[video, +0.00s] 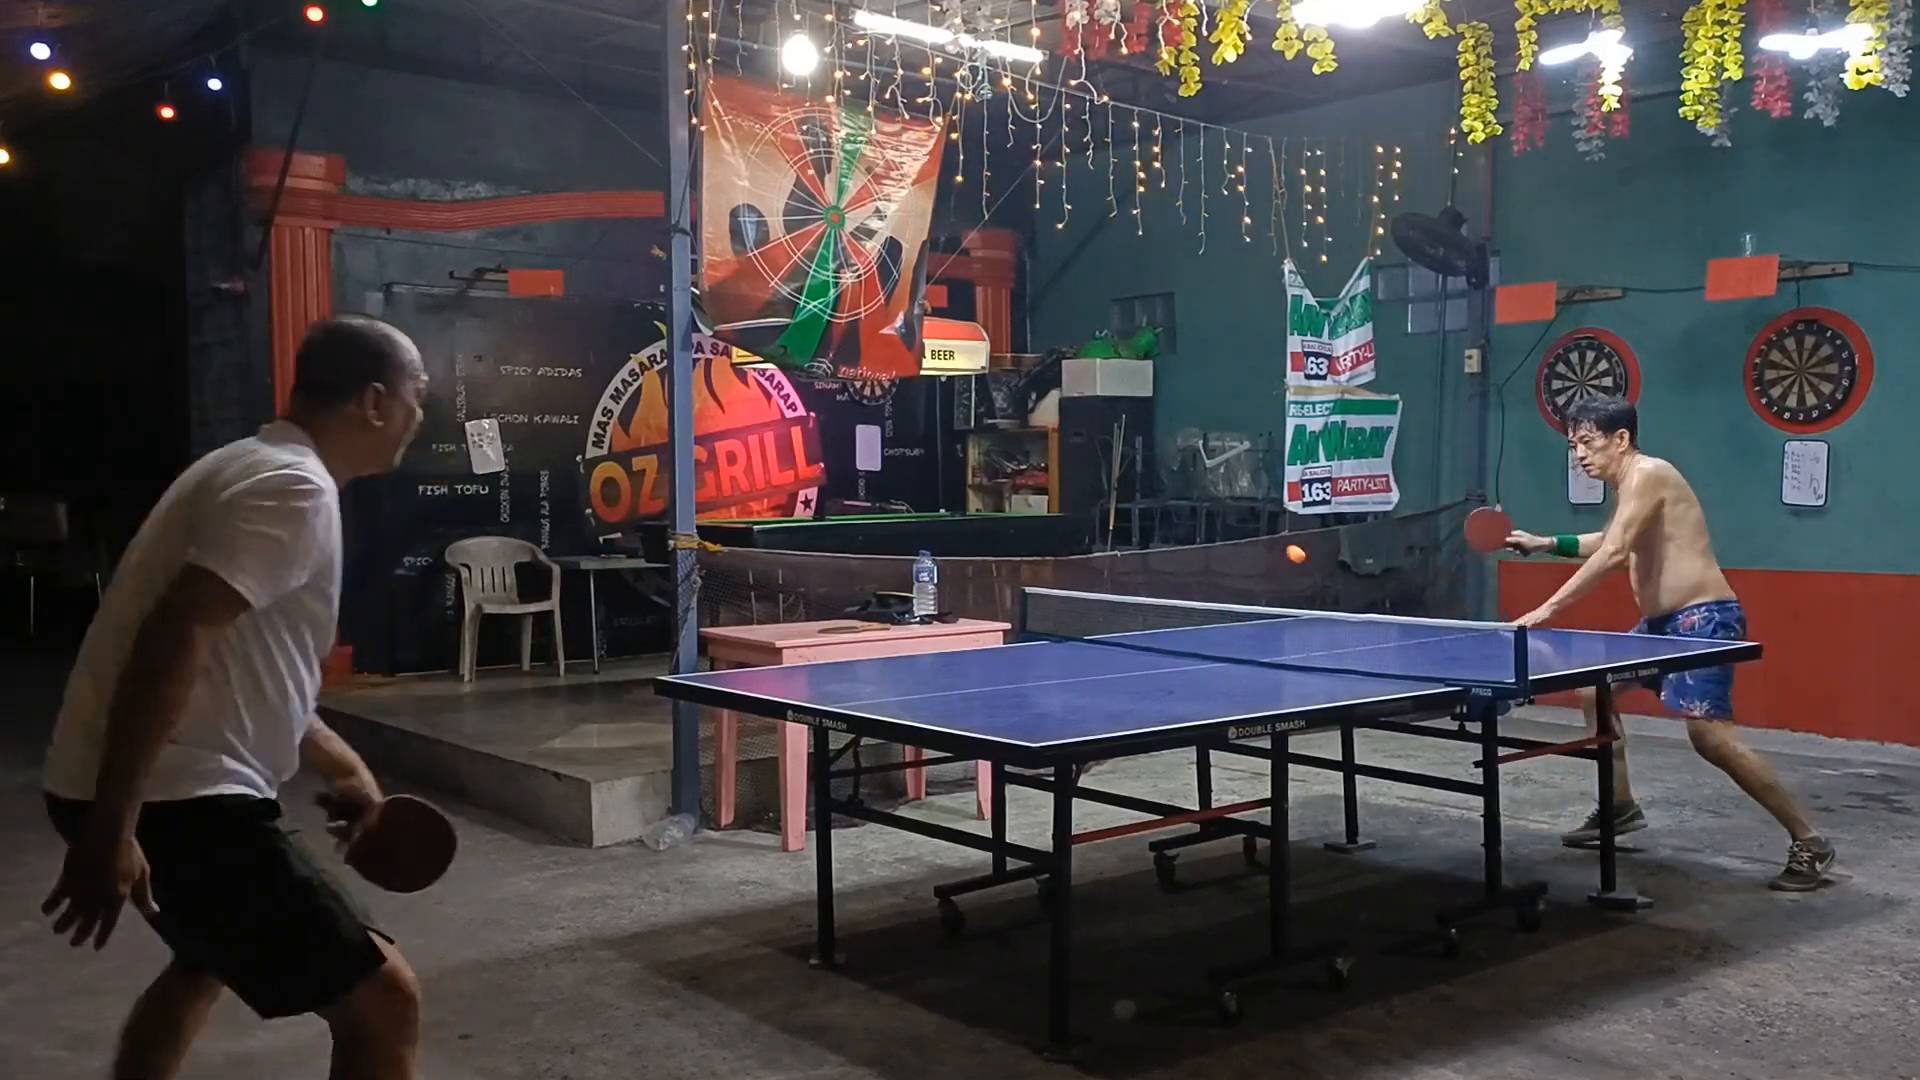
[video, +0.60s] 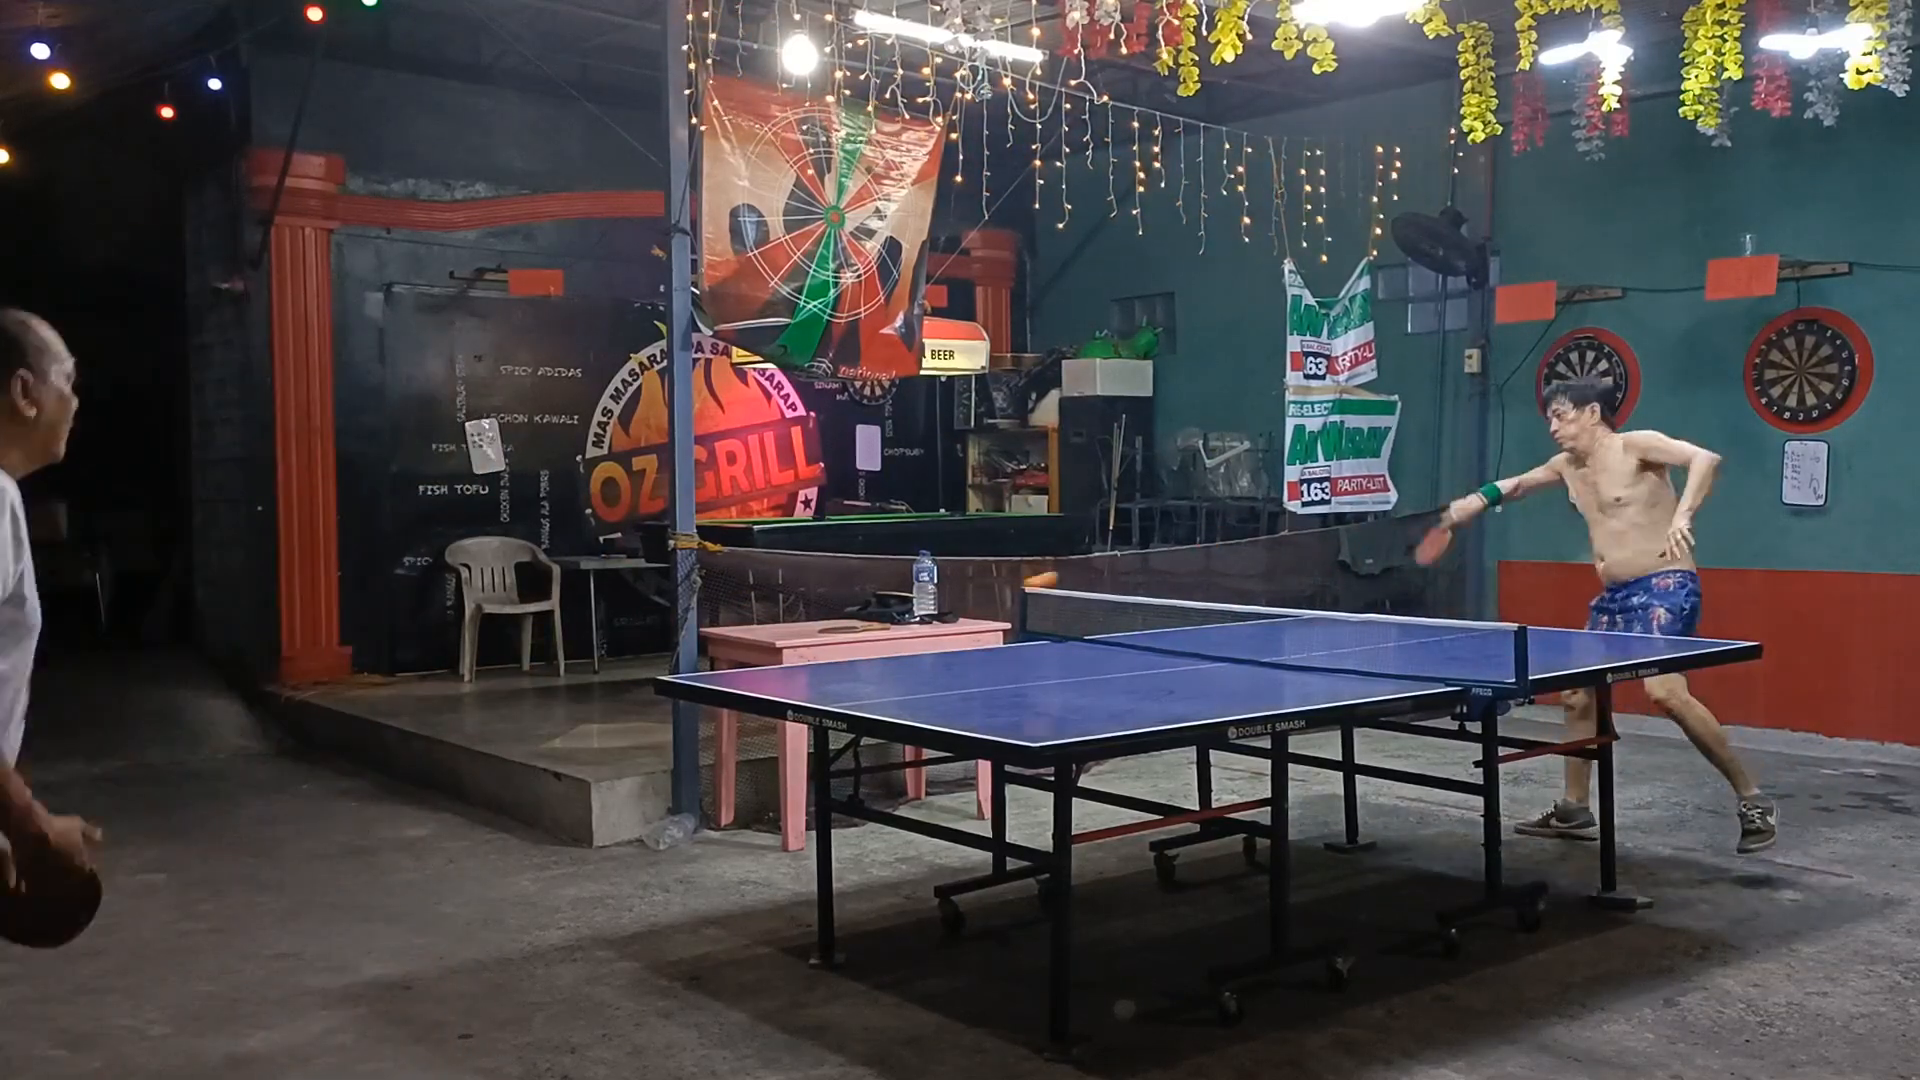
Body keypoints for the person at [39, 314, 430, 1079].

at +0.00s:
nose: (419, 421)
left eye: (423, 402)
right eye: (418, 400)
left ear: (313, 392)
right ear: (376, 402)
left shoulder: (237, 466)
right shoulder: (296, 485)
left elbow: (239, 671)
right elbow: (174, 631)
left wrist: (343, 765)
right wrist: (113, 822)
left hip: (125, 783)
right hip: (195, 800)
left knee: (207, 958)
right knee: (382, 998)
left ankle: (133, 1072)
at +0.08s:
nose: (372, 415)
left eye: (375, 396)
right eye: (370, 393)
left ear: (289, 391)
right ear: (326, 397)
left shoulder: (199, 469)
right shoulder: (246, 484)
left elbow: (192, 678)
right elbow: (137, 636)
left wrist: (303, 771)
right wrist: (116, 837)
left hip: (86, 787)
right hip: (162, 799)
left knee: (167, 966)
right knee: (351, 999)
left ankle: (52, 1070)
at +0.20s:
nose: (282, 390)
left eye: (280, 370)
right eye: (273, 369)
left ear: (218, 384)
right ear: (226, 384)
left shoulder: (155, 474)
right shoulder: (135, 469)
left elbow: (133, 672)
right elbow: (31, 623)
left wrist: (231, 766)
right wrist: (123, 796)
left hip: (61, 811)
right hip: (52, 815)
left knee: (33, 1029)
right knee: (205, 1038)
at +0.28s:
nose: (245, 370)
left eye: (245, 350)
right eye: (237, 348)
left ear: (181, 355)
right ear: (190, 353)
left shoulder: (125, 451)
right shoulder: (100, 437)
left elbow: (88, 644)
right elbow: (15, 598)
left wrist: (176, 740)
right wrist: (105, 757)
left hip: (44, 780)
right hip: (24, 782)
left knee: (16, 1010)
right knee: (140, 1011)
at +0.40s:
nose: (178, 317)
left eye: (176, 298)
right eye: (170, 297)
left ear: (105, 306)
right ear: (123, 305)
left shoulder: (42, 376)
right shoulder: (62, 382)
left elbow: (21, 573)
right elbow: (2, 541)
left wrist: (79, 709)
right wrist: (58, 707)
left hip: (11, 745)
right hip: (3, 750)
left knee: (42, 1000)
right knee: (63, 1006)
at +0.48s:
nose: (141, 327)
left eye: (141, 307)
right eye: (134, 305)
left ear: (66, 314)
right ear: (84, 312)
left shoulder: (25, 393)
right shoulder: (43, 400)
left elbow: (9, 581)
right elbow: (4, 556)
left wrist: (44, 727)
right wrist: (41, 719)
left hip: (2, 767)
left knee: (17, 1023)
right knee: (17, 1031)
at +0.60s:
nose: (75, 402)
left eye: (72, 384)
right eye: (67, 383)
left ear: (24, 391)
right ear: (25, 391)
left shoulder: (9, 501)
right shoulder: (5, 503)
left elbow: (4, 690)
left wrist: (25, 822)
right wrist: (31, 823)